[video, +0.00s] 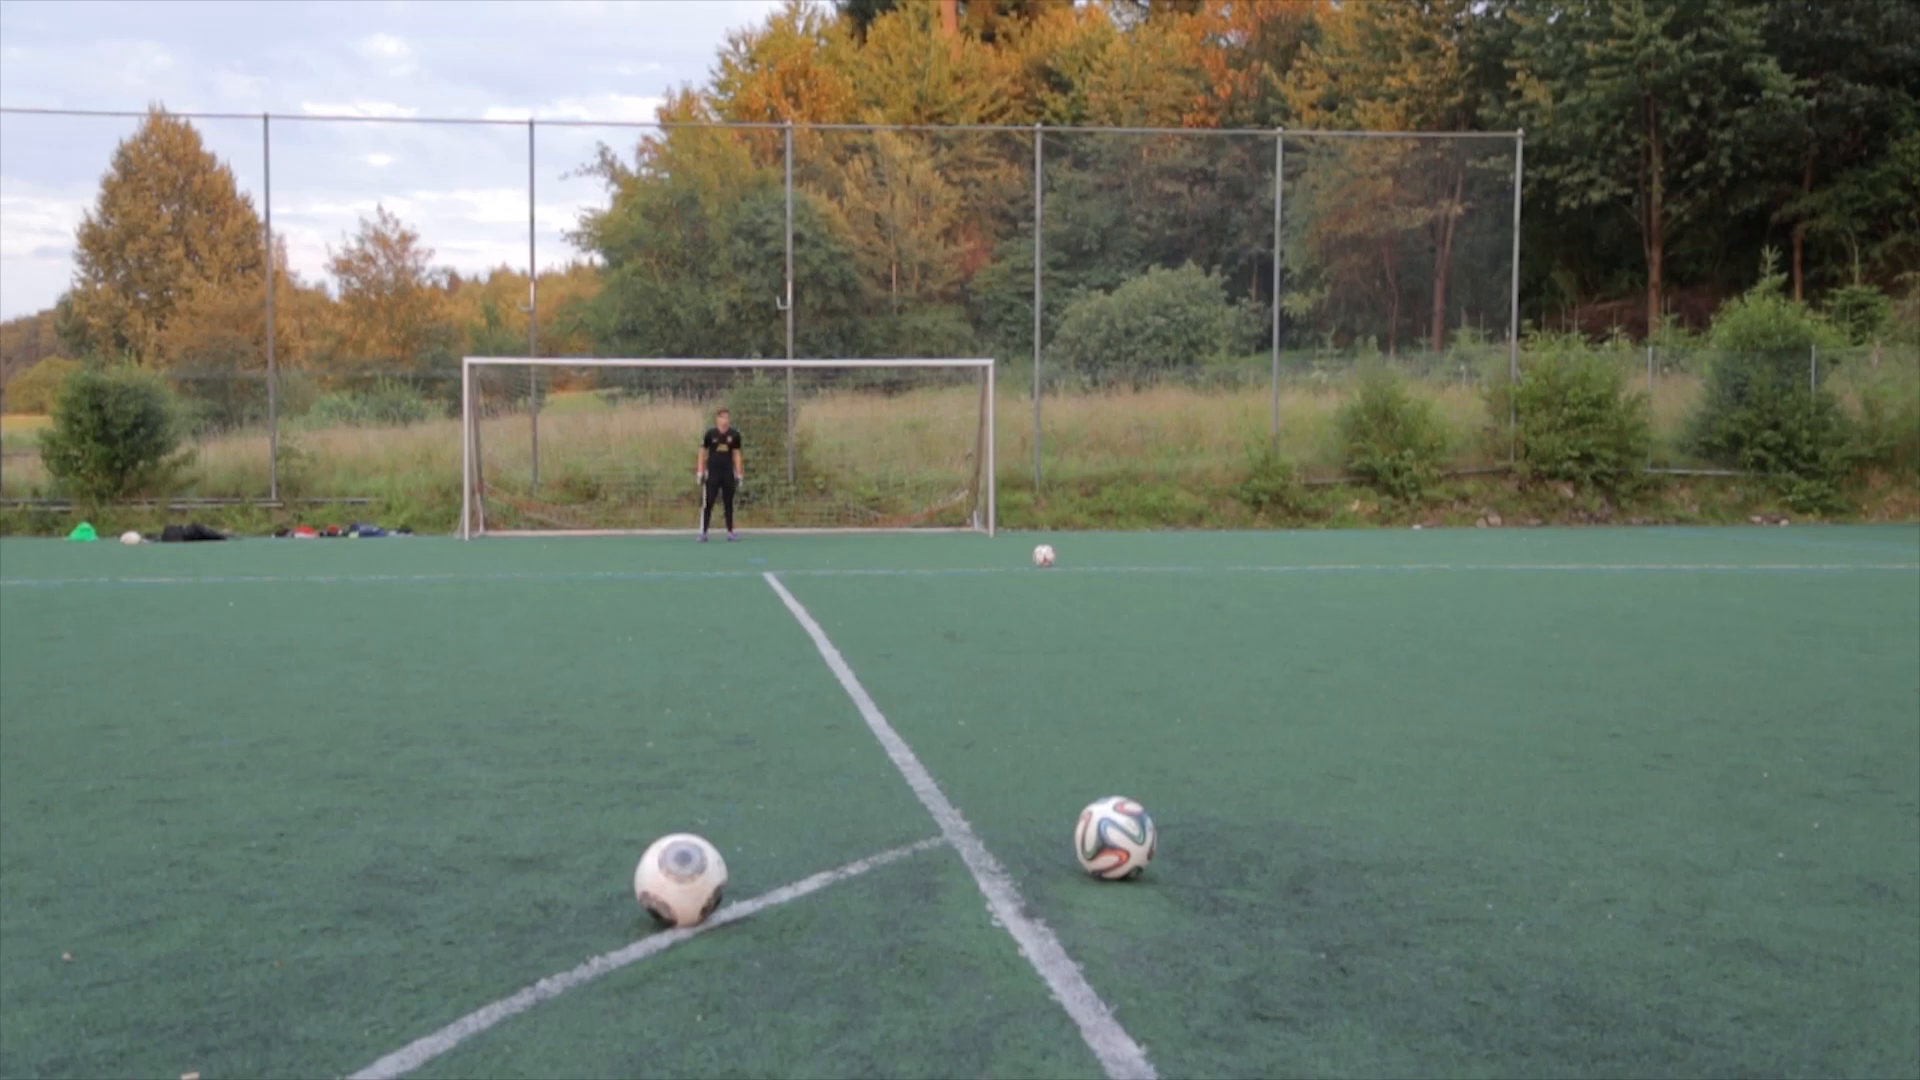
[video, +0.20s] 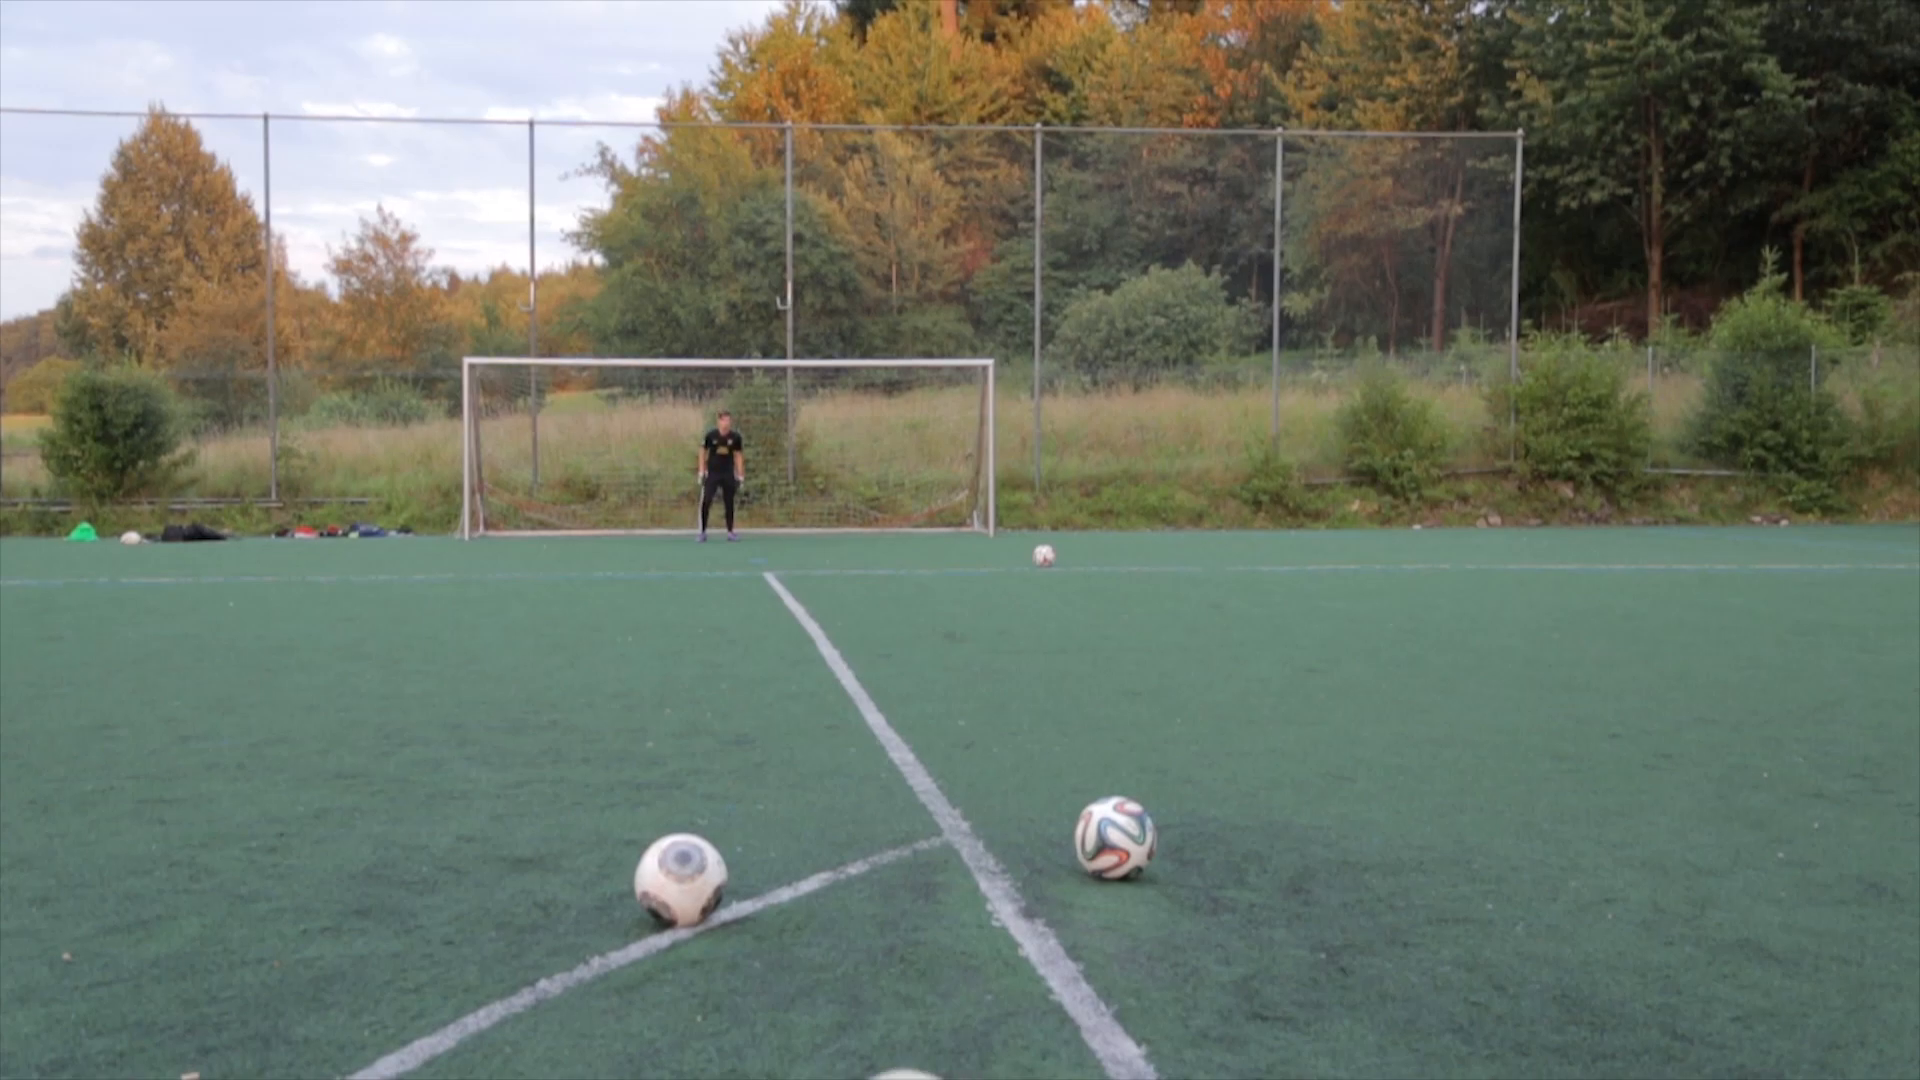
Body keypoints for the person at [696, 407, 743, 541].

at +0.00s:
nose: (724, 421)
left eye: (726, 418)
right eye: (722, 418)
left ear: (729, 420)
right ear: (717, 419)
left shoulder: (734, 435)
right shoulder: (710, 434)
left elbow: (737, 454)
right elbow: (703, 452)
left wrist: (739, 472)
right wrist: (700, 470)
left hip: (728, 474)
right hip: (712, 473)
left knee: (728, 503)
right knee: (708, 504)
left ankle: (730, 530)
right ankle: (704, 531)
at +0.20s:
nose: (726, 424)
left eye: (728, 421)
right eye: (723, 421)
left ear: (731, 423)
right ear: (718, 422)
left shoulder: (735, 438)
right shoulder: (711, 436)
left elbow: (738, 455)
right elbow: (703, 452)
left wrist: (740, 473)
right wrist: (702, 470)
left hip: (728, 474)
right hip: (712, 474)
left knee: (729, 503)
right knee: (706, 502)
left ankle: (730, 530)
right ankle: (703, 531)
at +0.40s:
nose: (722, 426)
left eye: (725, 423)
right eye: (720, 423)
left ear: (728, 425)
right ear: (715, 424)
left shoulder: (732, 440)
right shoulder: (708, 438)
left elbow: (736, 455)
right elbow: (699, 450)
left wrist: (737, 470)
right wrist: (699, 467)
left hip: (725, 474)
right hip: (709, 474)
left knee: (729, 502)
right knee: (701, 501)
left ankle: (730, 530)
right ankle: (695, 529)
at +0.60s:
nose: (716, 433)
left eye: (718, 429)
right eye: (713, 429)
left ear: (721, 431)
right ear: (708, 430)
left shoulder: (724, 444)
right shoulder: (701, 443)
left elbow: (727, 459)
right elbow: (692, 458)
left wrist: (730, 475)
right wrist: (693, 475)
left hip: (719, 478)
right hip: (703, 478)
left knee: (731, 502)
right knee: (694, 504)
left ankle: (732, 530)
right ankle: (687, 531)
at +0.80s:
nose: (715, 430)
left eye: (717, 427)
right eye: (712, 426)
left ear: (720, 428)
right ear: (708, 427)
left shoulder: (724, 440)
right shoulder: (700, 440)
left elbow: (731, 451)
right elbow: (690, 452)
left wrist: (733, 465)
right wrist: (691, 467)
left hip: (720, 474)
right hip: (703, 474)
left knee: (731, 500)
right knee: (695, 503)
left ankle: (739, 527)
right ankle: (688, 531)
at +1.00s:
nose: (720, 439)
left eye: (722, 436)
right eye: (717, 436)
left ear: (725, 438)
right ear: (713, 437)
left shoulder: (731, 450)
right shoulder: (706, 450)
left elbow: (738, 464)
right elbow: (699, 464)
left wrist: (740, 481)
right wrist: (696, 480)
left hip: (725, 481)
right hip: (709, 481)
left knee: (736, 504)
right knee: (701, 505)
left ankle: (746, 530)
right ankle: (698, 532)